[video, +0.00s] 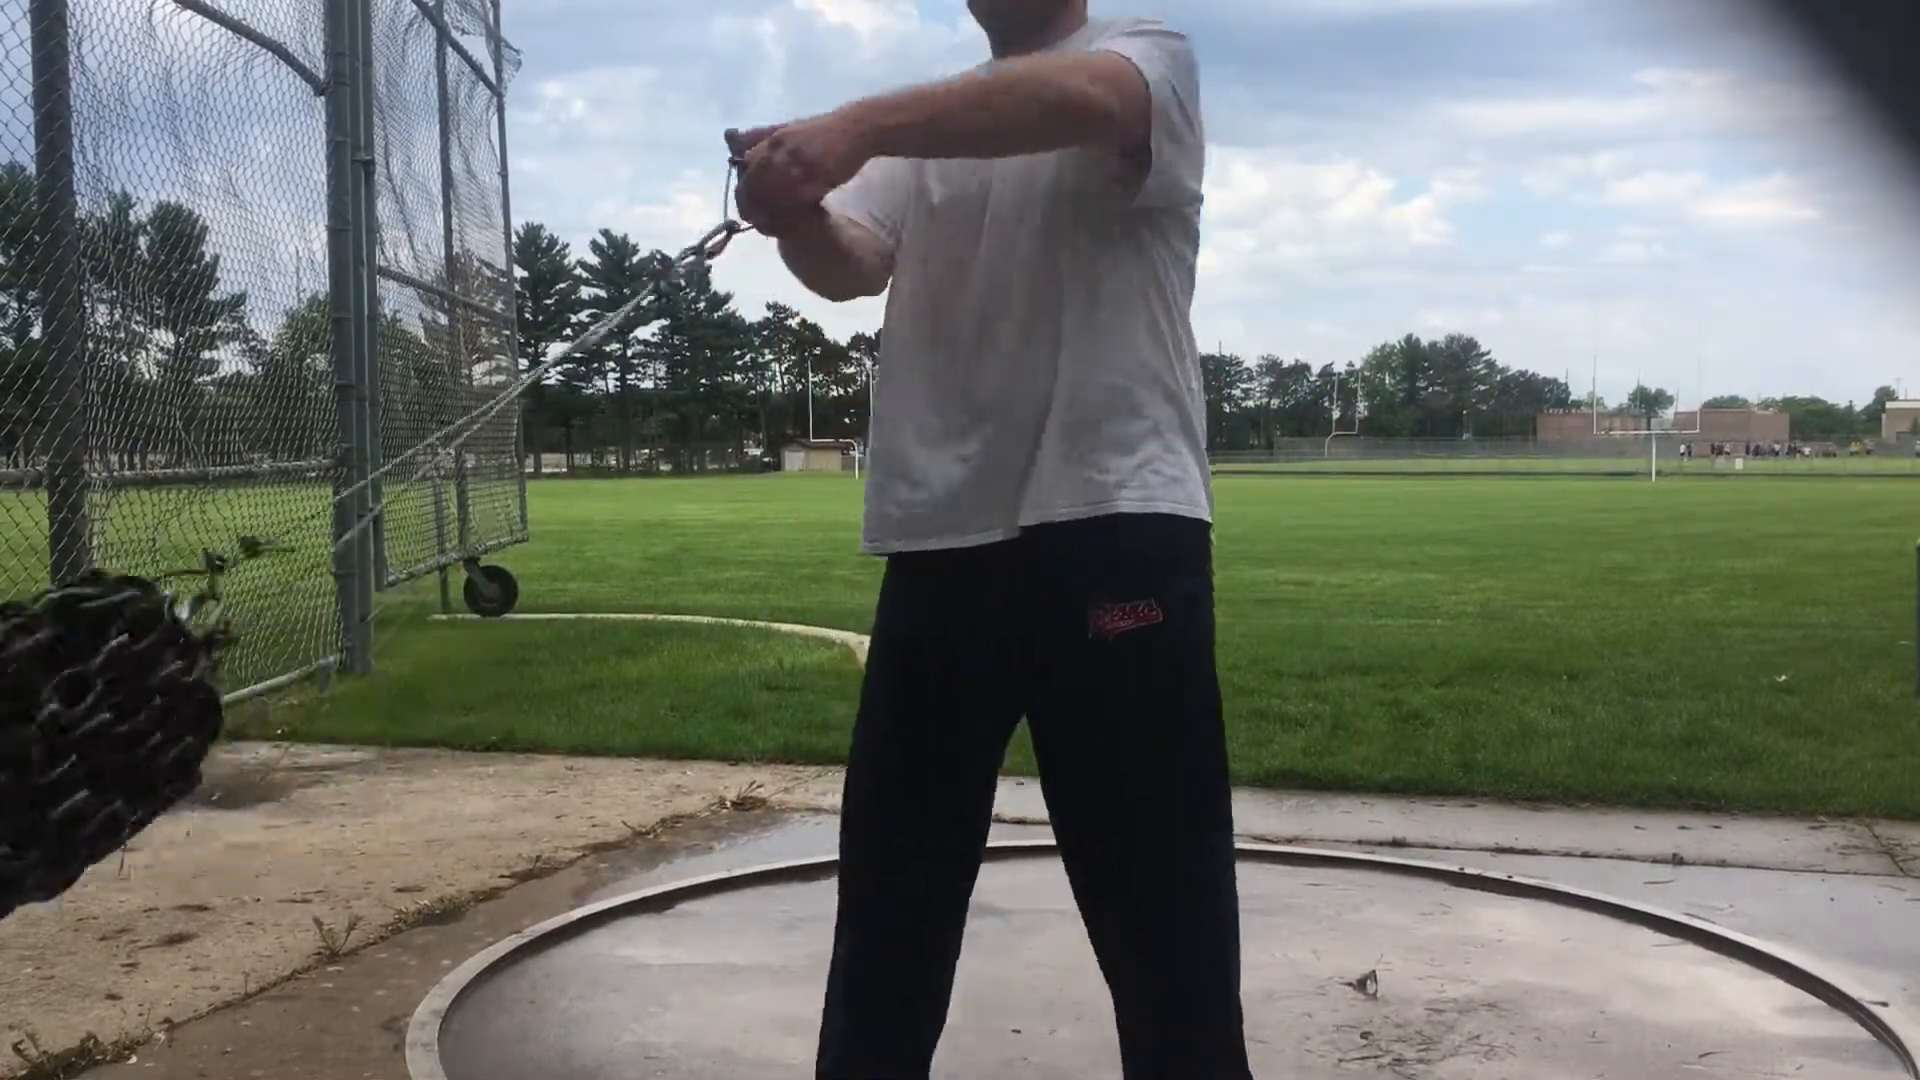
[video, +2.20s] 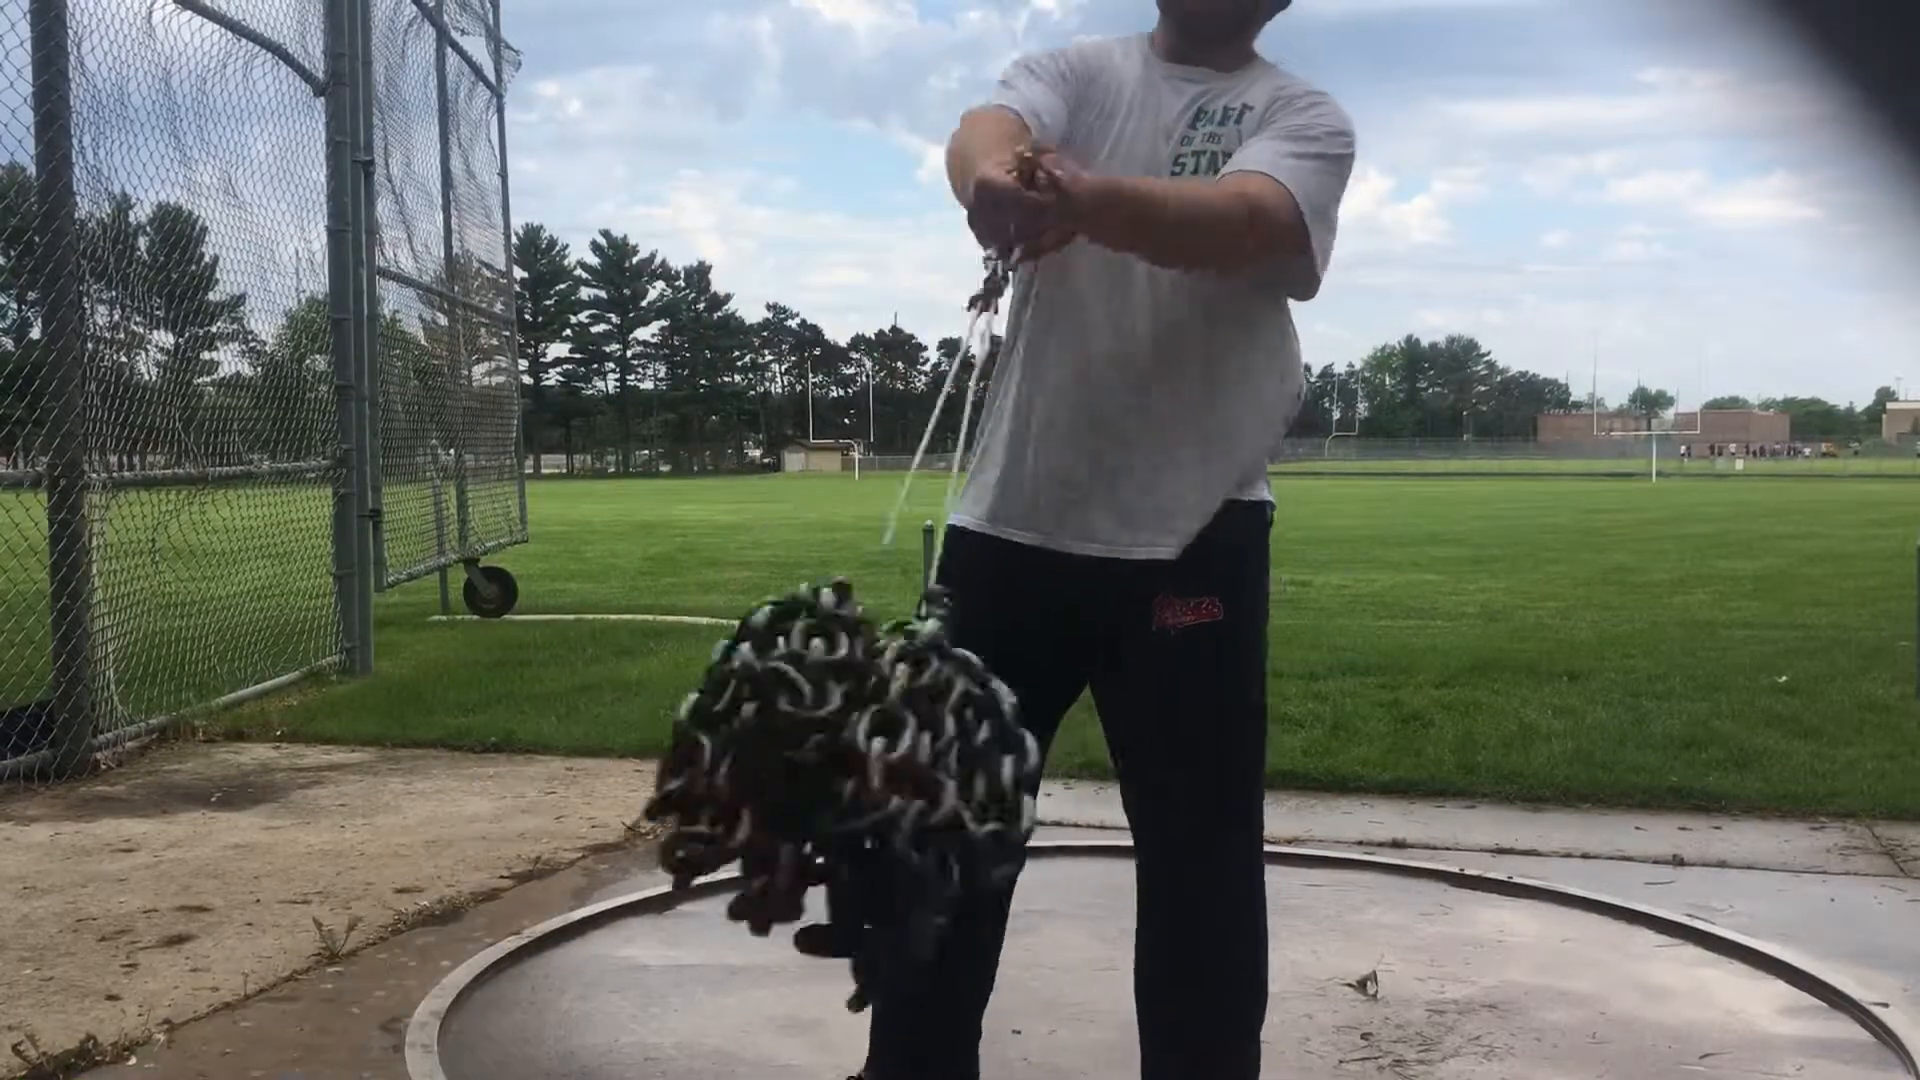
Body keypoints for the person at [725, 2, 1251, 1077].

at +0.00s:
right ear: (977, 4)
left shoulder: (1148, 56)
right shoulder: (928, 133)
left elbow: (1090, 99)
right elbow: (855, 265)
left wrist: (861, 127)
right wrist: (797, 221)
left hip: (1114, 528)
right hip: (938, 544)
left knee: (1162, 918)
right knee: (890, 910)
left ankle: (1189, 1067)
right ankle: (864, 1070)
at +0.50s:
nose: (1028, 3)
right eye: (1032, 6)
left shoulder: (1151, 60)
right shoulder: (1023, 146)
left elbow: (912, 115)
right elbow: (974, 337)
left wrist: (784, 232)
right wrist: (845, 275)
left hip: (1109, 519)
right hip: (976, 537)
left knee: (1129, 867)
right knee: (966, 858)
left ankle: (1169, 1067)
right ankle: (952, 1060)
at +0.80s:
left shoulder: (986, 42)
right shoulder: (1056, 94)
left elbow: (749, 180)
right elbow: (961, 323)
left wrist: (728, 277)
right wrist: (802, 296)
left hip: (987, 512)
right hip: (933, 514)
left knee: (1057, 849)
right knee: (920, 854)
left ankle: (1176, 1065)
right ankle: (925, 1064)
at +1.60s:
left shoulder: (1130, 81)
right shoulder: (985, 136)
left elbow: (913, 173)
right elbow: (883, 292)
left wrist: (705, 236)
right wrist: (753, 272)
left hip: (1094, 517)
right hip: (947, 537)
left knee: (1108, 868)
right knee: (920, 873)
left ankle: (1169, 1073)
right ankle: (921, 1070)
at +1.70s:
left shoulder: (1202, 93)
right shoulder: (1004, 111)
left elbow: (1048, 184)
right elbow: (916, 279)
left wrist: (817, 249)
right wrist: (832, 293)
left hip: (1138, 526)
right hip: (973, 533)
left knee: (1142, 891)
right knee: (930, 894)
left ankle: (1185, 1074)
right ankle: (918, 1072)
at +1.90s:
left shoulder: (1289, 106)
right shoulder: (1049, 98)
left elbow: (1208, 229)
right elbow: (968, 226)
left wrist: (996, 300)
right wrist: (939, 316)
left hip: (1201, 524)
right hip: (1027, 522)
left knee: (1189, 875)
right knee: (963, 864)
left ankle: (1197, 1070)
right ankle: (926, 1066)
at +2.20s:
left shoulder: (1305, 115)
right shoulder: (1072, 71)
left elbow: (1261, 227)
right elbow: (991, 127)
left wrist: (1088, 200)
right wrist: (994, 180)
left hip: (1196, 542)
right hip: (1014, 525)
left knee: (1203, 882)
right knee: (940, 849)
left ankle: (1204, 1069)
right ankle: (914, 1066)